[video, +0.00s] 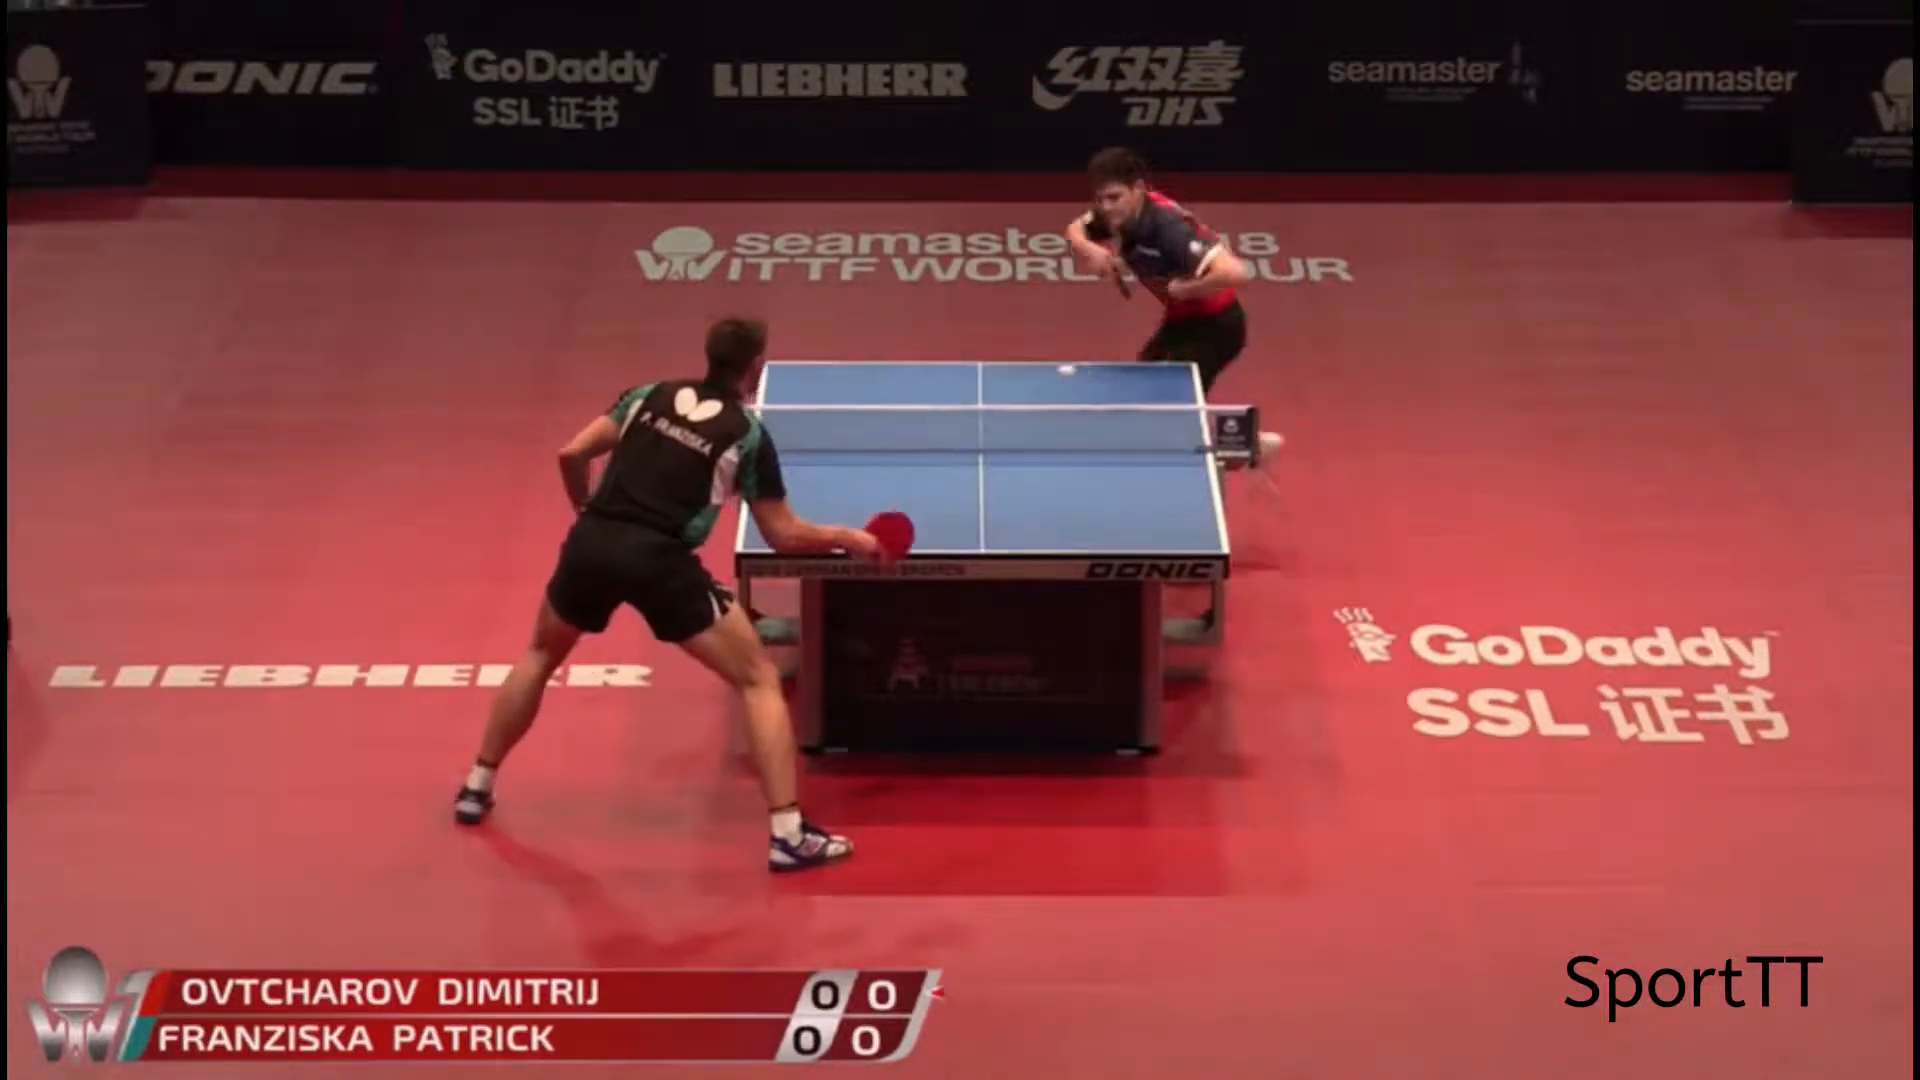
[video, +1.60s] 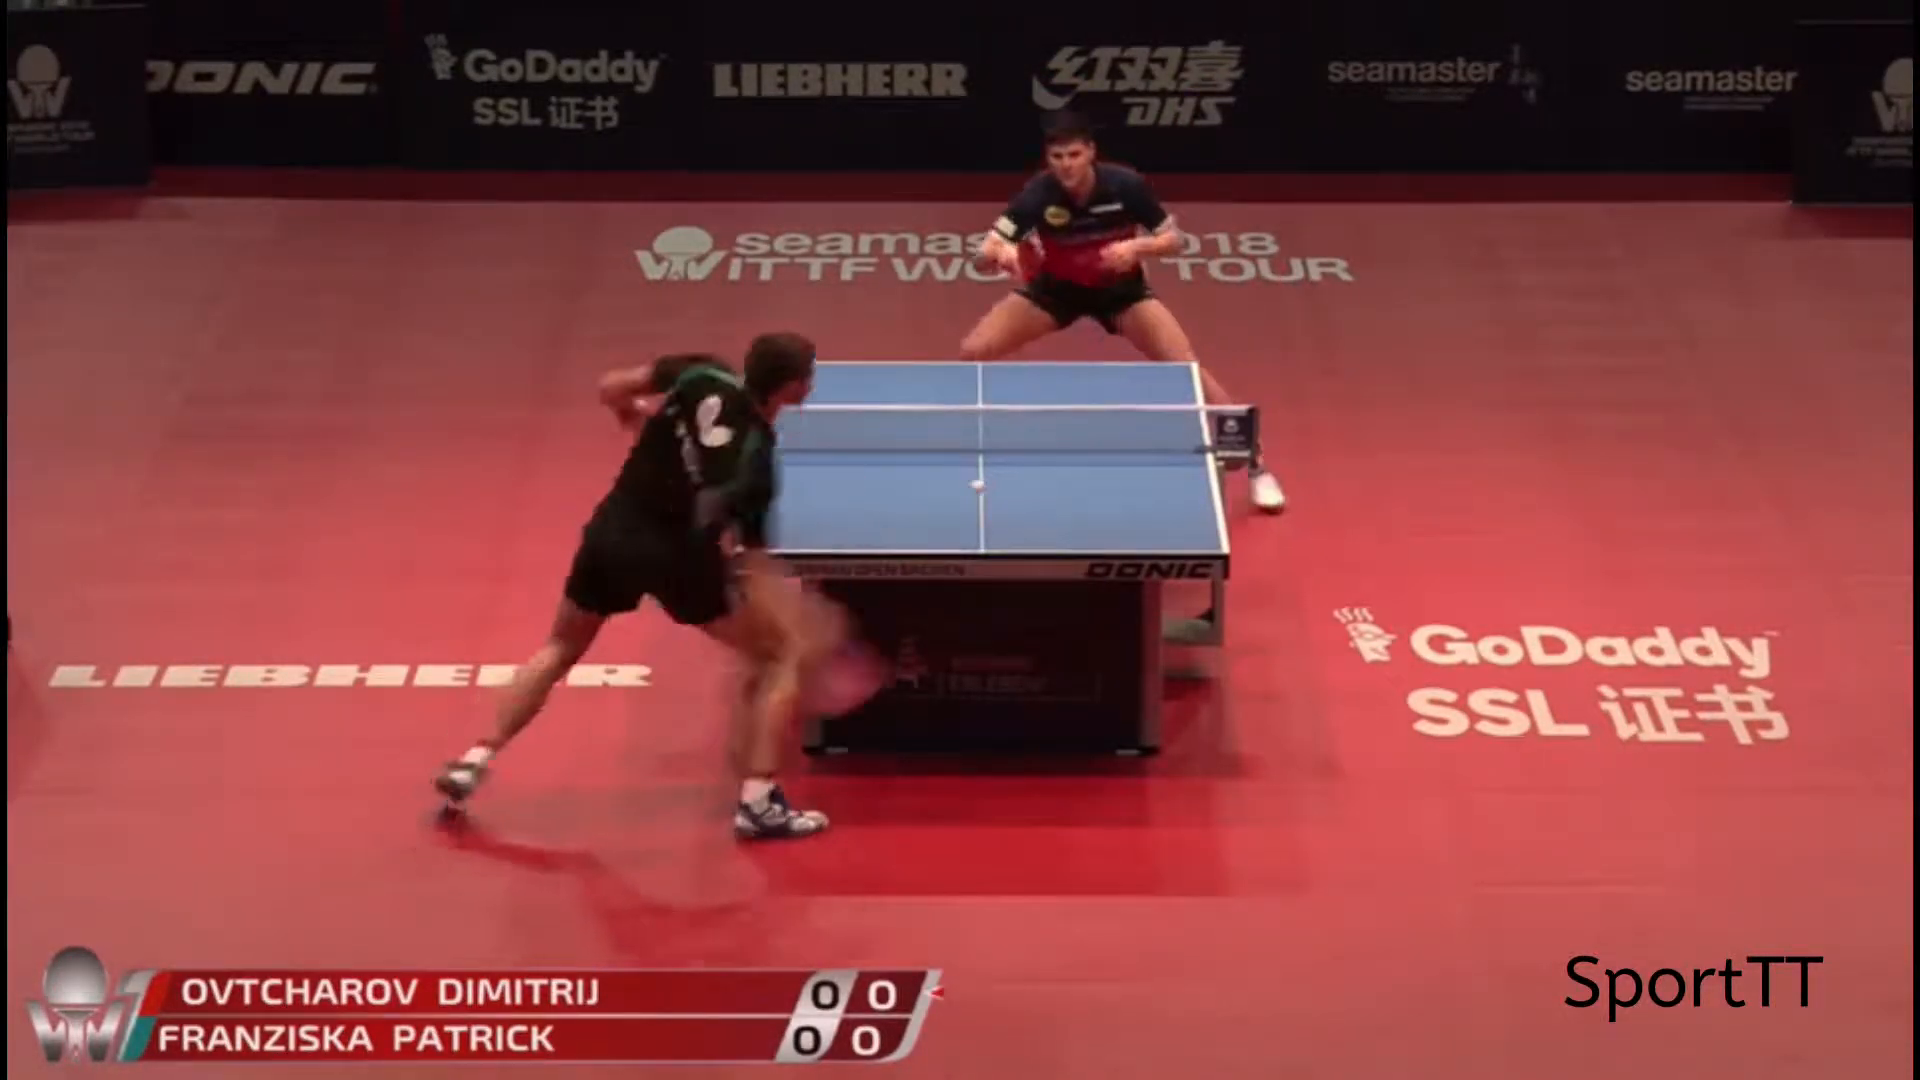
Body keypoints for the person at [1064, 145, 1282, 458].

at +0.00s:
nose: (1106, 207)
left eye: (1114, 198)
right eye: (1101, 199)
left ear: (1139, 191)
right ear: (1095, 199)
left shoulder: (1167, 227)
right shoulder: (1120, 212)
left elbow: (1235, 272)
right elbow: (1074, 229)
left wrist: (1187, 288)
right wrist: (1091, 251)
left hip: (1216, 323)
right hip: (1180, 319)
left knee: (1166, 403)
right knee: (1139, 387)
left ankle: (1247, 445)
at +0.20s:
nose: (1091, 180)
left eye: (1100, 169)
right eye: (1084, 170)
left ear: (1121, 164)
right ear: (1076, 169)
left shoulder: (1159, 196)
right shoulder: (1072, 204)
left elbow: (1225, 238)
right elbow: (1043, 240)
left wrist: (1170, 271)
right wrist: (1050, 262)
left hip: (1168, 296)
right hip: (1112, 296)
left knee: (1173, 386)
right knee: (1074, 381)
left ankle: (1215, 509)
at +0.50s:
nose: (1084, 179)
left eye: (1093, 168)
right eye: (1078, 170)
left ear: (1116, 162)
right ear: (1071, 170)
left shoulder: (1162, 195)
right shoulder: (1071, 210)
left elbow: (1216, 242)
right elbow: (1043, 267)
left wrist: (1164, 268)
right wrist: (1028, 291)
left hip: (1163, 314)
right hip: (1097, 313)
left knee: (1221, 401)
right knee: (1039, 388)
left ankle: (1259, 494)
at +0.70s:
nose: (1096, 232)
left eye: (1104, 223)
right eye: (1088, 225)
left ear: (1119, 211)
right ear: (1076, 218)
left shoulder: (1152, 231)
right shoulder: (1063, 247)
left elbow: (1201, 275)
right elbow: (1012, 313)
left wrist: (1173, 293)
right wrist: (1063, 313)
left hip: (1157, 342)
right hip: (1089, 344)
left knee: (1218, 402)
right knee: (1052, 368)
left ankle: (1266, 493)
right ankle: (1040, 487)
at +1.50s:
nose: (1097, 181)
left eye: (1105, 171)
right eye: (1089, 172)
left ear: (1123, 167)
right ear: (1079, 173)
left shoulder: (1159, 204)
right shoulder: (1068, 210)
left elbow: (1205, 250)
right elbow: (1016, 261)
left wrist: (1185, 264)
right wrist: (1033, 267)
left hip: (1146, 315)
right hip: (1081, 314)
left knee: (1202, 393)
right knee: (1020, 382)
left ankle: (1273, 475)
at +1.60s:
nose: (1066, 165)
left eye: (1074, 155)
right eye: (1058, 157)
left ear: (1091, 152)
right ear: (1047, 159)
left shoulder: (1124, 185)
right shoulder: (1039, 194)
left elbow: (1173, 239)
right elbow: (988, 248)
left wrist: (1135, 247)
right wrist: (1005, 252)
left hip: (1121, 293)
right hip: (1055, 291)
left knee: (1189, 370)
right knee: (972, 351)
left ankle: (1256, 468)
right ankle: (961, 462)